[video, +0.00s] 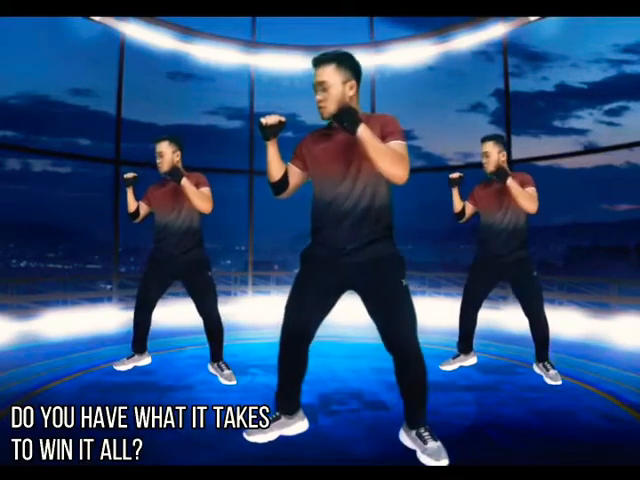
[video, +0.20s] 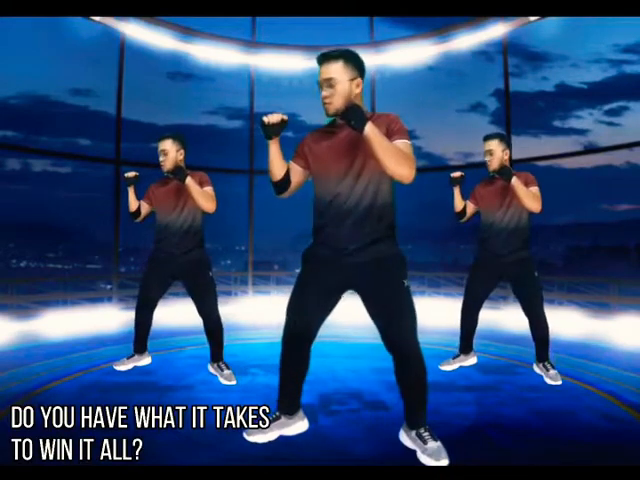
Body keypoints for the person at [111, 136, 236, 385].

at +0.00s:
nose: (158, 160)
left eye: (162, 155)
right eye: (156, 156)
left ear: (177, 155)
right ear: (158, 158)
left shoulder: (196, 179)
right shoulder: (156, 189)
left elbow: (206, 207)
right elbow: (136, 215)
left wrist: (182, 180)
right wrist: (129, 187)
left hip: (192, 258)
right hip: (162, 259)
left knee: (210, 312)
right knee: (143, 305)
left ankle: (217, 362)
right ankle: (140, 353)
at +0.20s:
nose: (161, 158)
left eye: (165, 153)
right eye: (159, 154)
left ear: (180, 154)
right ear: (162, 157)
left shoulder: (198, 178)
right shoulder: (157, 188)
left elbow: (210, 206)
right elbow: (137, 215)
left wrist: (186, 180)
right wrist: (130, 187)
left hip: (193, 258)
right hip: (162, 259)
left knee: (210, 312)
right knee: (144, 305)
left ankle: (217, 362)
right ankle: (140, 353)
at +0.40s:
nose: (169, 163)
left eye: (173, 158)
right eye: (164, 159)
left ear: (182, 160)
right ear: (159, 163)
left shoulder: (197, 185)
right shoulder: (155, 193)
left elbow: (210, 215)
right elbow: (138, 219)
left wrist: (187, 188)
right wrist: (129, 195)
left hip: (193, 263)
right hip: (162, 263)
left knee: (210, 316)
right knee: (137, 306)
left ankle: (218, 362)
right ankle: (139, 353)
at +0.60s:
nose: (168, 153)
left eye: (173, 149)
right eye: (164, 148)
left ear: (182, 152)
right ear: (159, 152)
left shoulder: (195, 180)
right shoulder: (153, 185)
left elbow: (209, 212)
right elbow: (135, 212)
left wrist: (188, 184)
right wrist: (127, 187)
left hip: (189, 256)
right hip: (160, 256)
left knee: (205, 310)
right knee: (136, 299)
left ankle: (218, 362)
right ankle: (138, 350)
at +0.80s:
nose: (168, 136)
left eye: (173, 132)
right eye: (163, 132)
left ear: (182, 138)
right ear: (158, 139)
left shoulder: (194, 166)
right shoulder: (150, 172)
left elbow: (210, 193)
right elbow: (131, 199)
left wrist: (187, 168)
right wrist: (123, 174)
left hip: (188, 244)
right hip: (157, 244)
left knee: (204, 299)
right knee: (141, 295)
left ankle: (216, 354)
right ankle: (134, 345)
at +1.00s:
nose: (168, 161)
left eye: (173, 156)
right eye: (163, 156)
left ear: (182, 160)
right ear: (158, 161)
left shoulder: (195, 188)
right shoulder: (154, 193)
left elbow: (204, 221)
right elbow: (137, 220)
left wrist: (184, 194)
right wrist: (126, 201)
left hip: (189, 264)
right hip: (157, 264)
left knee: (207, 318)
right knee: (133, 306)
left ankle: (213, 365)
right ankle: (138, 353)